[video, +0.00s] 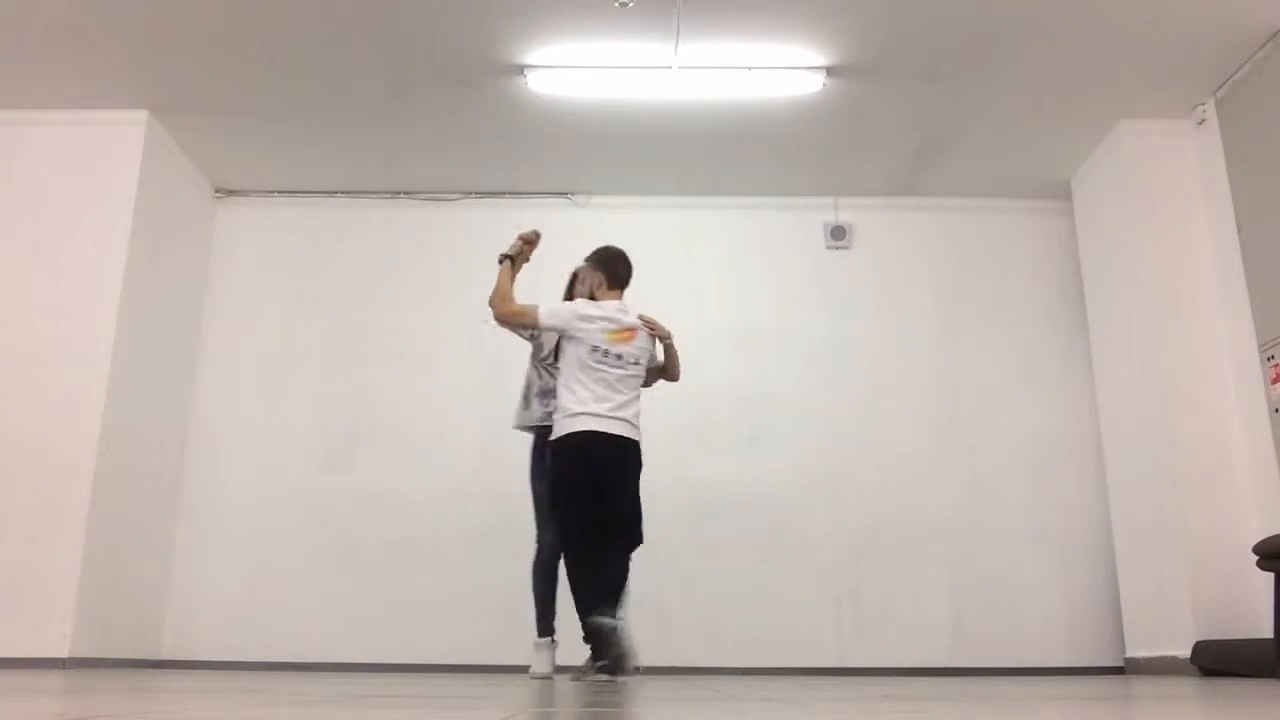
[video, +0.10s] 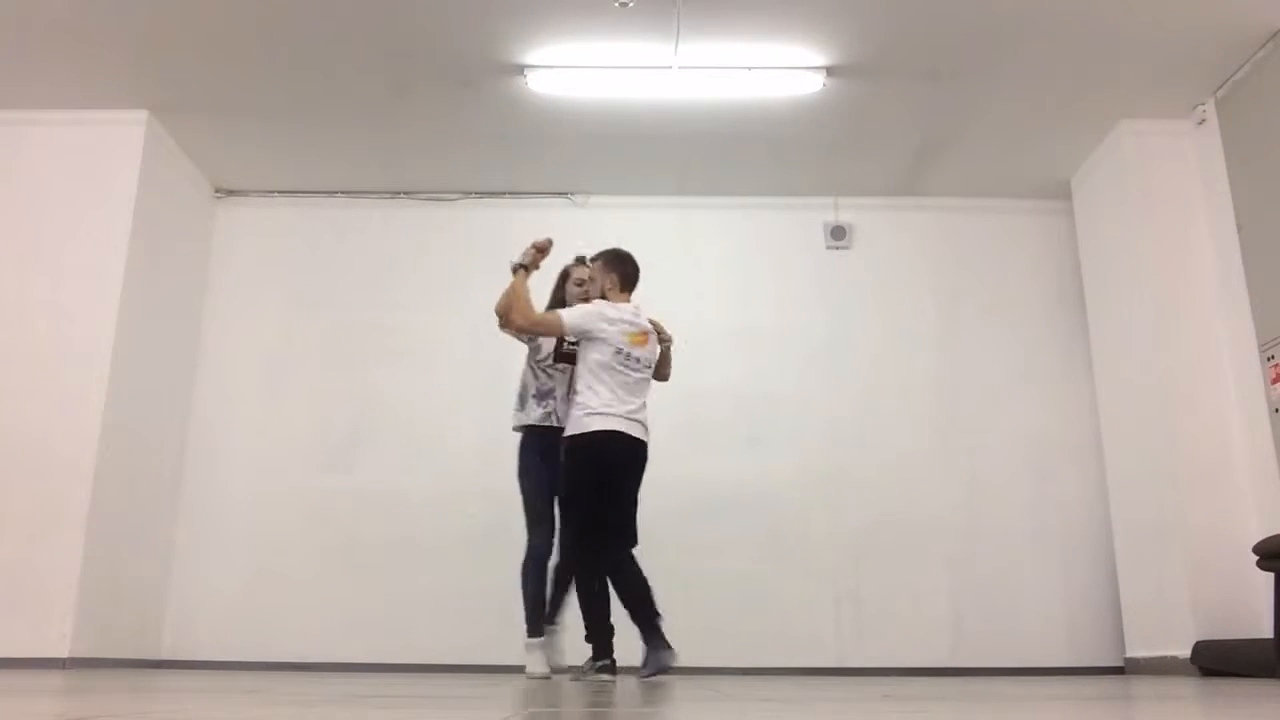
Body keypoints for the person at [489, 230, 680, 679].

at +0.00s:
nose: (581, 284)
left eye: (585, 276)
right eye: (582, 277)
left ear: (596, 278)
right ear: (625, 280)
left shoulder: (577, 315)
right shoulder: (641, 330)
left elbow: (503, 310)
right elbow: (661, 375)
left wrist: (509, 262)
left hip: (577, 441)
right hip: (625, 444)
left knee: (581, 546)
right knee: (620, 540)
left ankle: (608, 648)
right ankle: (610, 627)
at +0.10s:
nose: (588, 285)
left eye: (593, 278)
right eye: (587, 278)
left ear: (610, 280)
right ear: (629, 282)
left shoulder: (597, 315)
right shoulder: (648, 329)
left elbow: (521, 320)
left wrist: (520, 271)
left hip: (591, 439)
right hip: (631, 443)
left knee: (585, 550)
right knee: (616, 549)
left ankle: (602, 656)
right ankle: (656, 643)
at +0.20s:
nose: (592, 287)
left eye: (598, 280)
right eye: (593, 280)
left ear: (621, 283)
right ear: (630, 287)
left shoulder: (617, 320)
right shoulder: (651, 328)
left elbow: (552, 339)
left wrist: (539, 294)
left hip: (608, 442)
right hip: (636, 443)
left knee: (592, 550)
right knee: (627, 553)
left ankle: (602, 655)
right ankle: (666, 653)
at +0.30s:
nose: (598, 288)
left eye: (607, 282)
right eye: (599, 282)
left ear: (631, 287)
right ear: (627, 289)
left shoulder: (632, 327)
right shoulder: (640, 328)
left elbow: (586, 363)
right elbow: (590, 361)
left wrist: (560, 322)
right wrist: (563, 336)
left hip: (625, 447)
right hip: (641, 446)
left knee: (598, 549)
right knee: (638, 553)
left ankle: (605, 655)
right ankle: (672, 655)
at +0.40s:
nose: (607, 291)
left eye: (616, 285)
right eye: (606, 286)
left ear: (639, 291)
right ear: (609, 293)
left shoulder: (642, 330)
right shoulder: (627, 333)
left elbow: (615, 384)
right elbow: (610, 379)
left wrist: (571, 351)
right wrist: (581, 353)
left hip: (645, 449)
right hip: (641, 449)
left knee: (607, 549)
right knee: (638, 555)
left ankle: (618, 653)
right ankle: (672, 656)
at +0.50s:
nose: (611, 296)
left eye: (620, 290)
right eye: (609, 290)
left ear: (642, 296)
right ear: (610, 297)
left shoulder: (647, 337)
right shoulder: (622, 341)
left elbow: (626, 392)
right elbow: (587, 367)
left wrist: (580, 359)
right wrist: (570, 346)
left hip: (656, 451)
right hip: (641, 453)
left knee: (616, 538)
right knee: (636, 552)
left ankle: (629, 648)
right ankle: (672, 655)